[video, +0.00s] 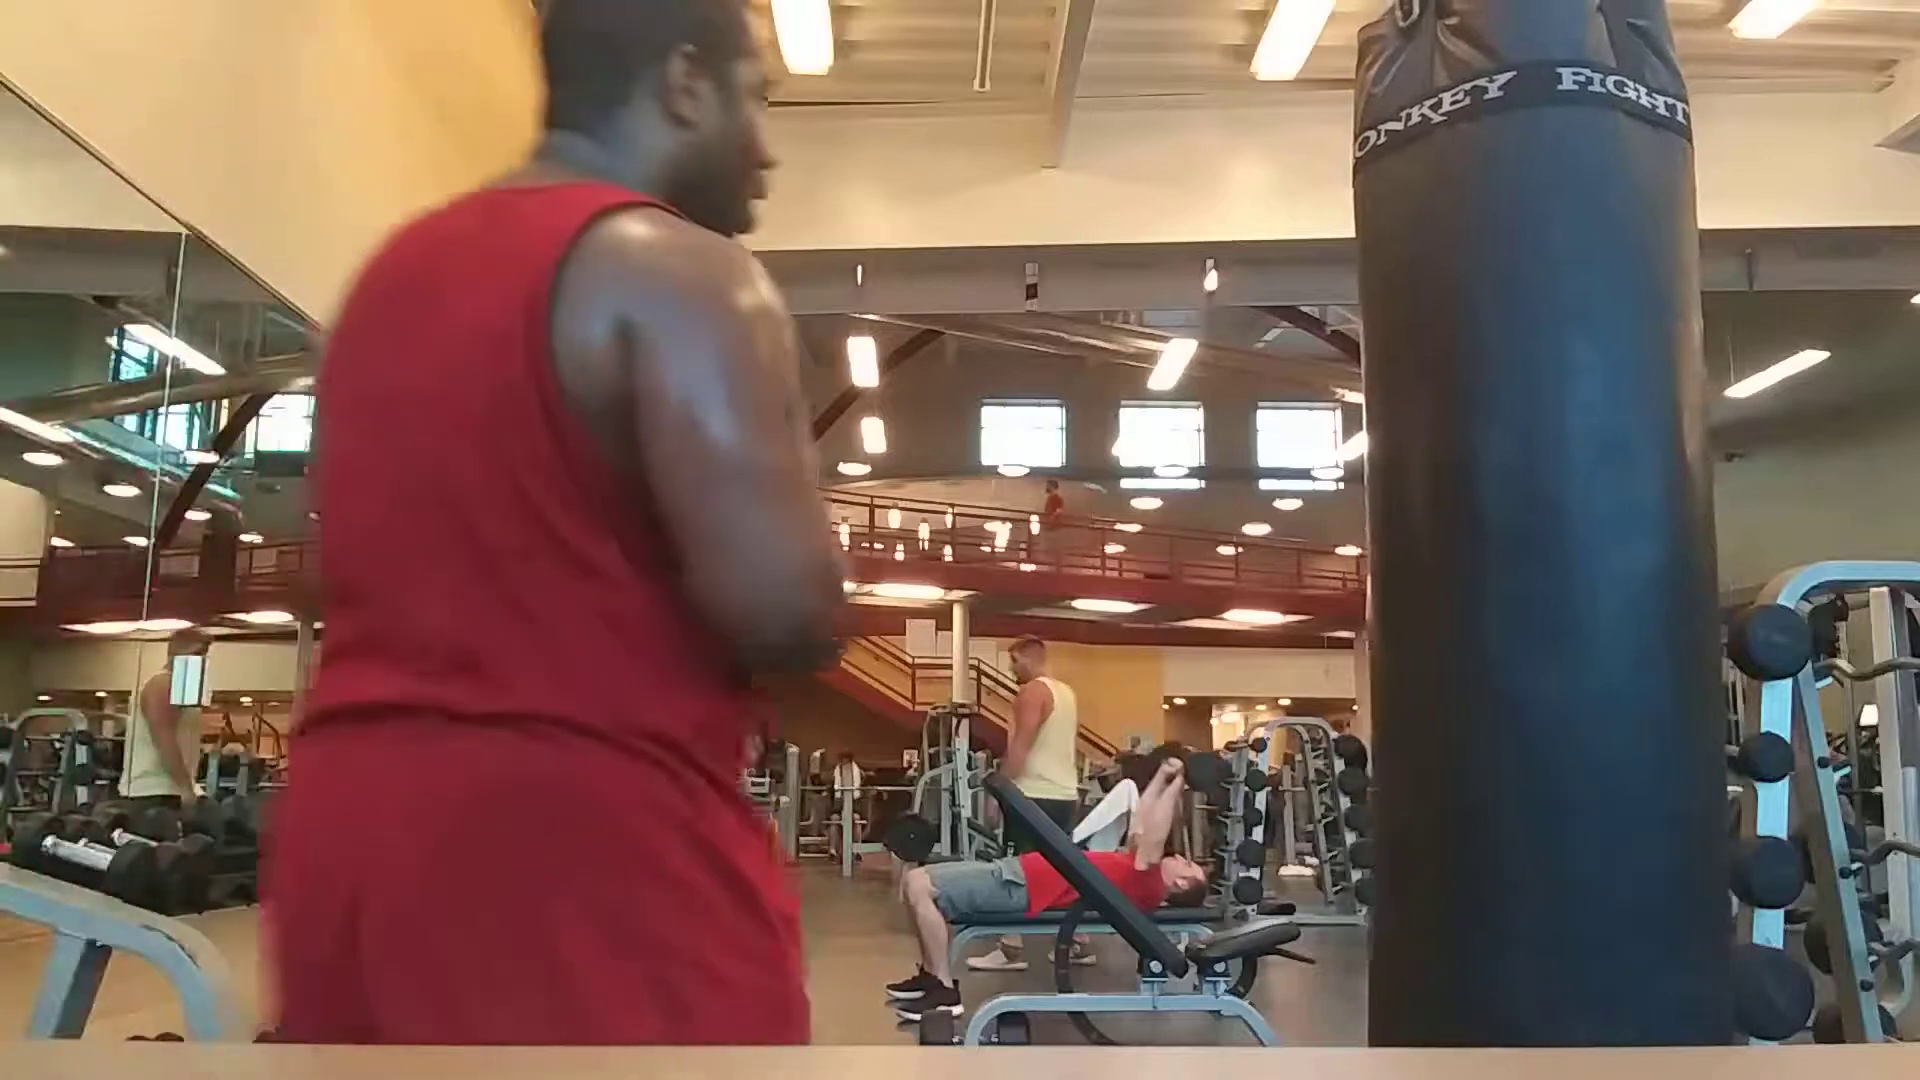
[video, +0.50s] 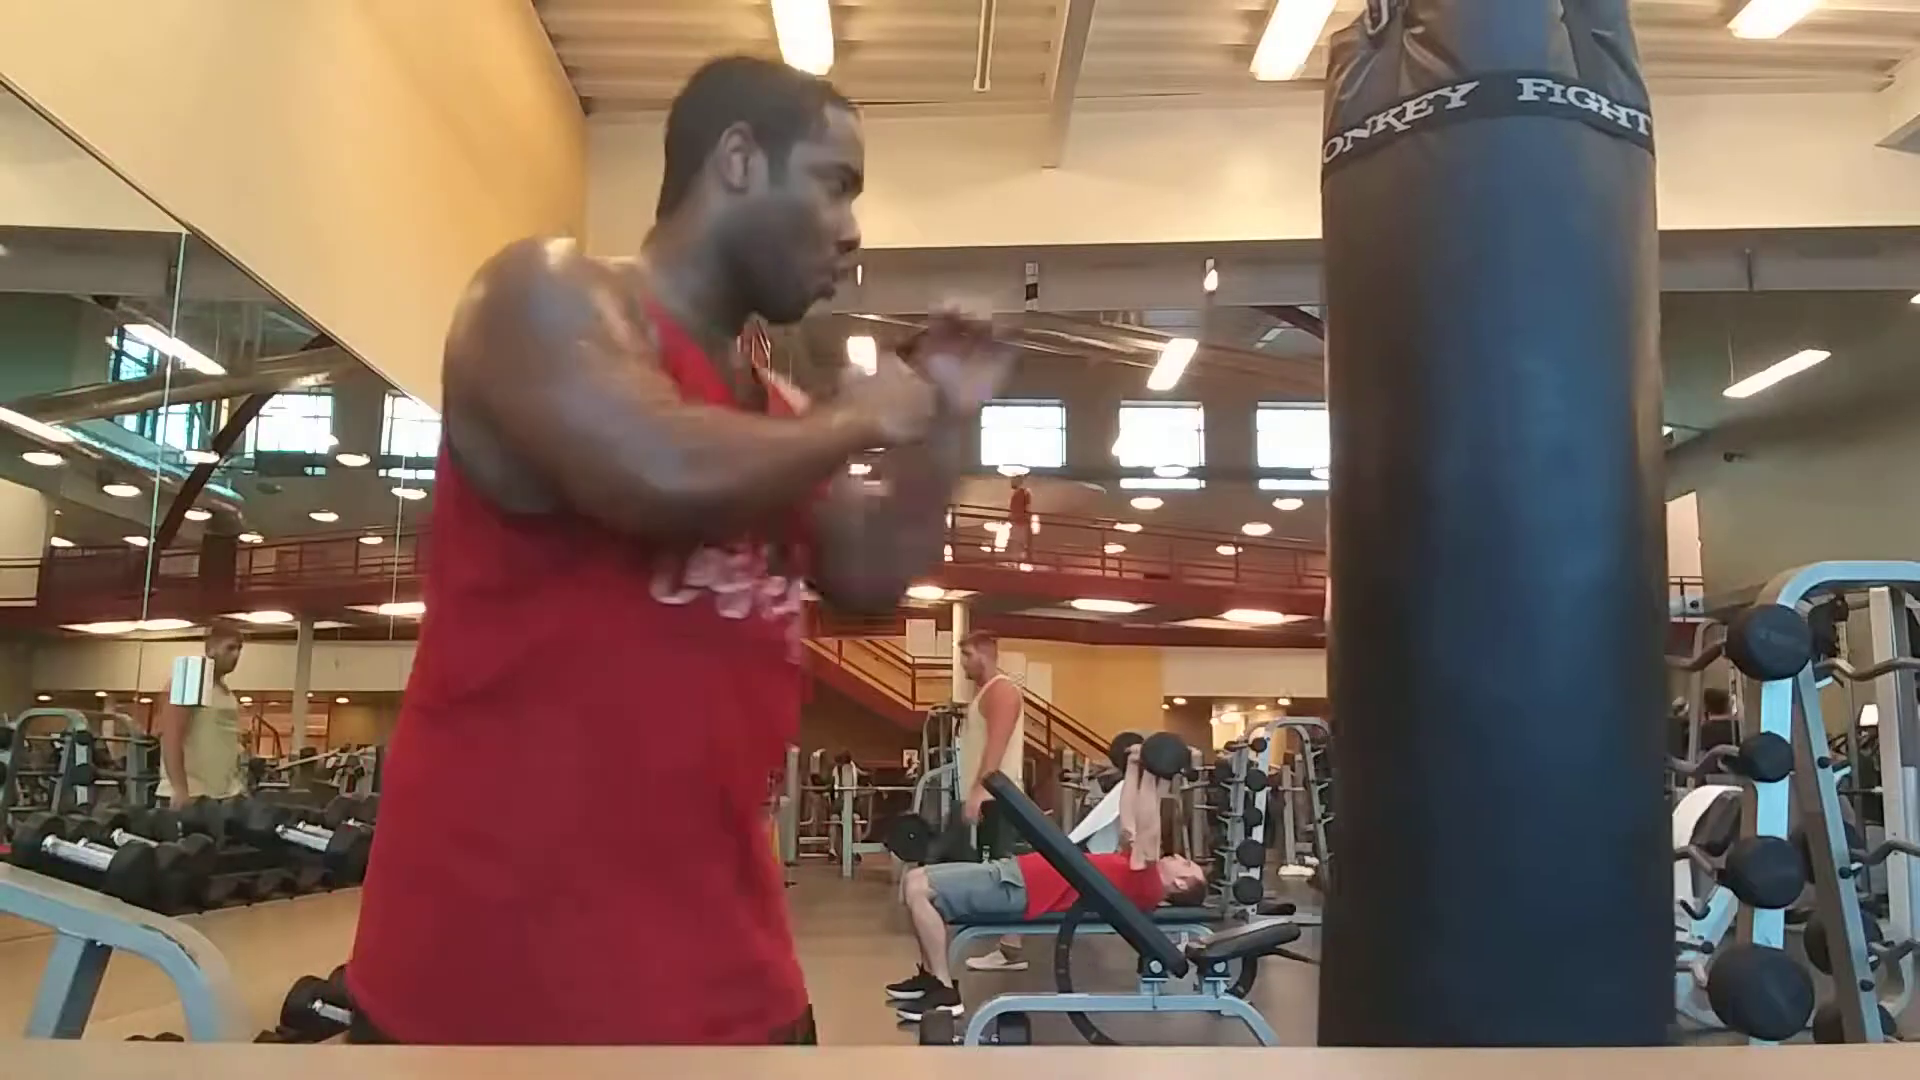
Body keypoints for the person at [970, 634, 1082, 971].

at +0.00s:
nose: (1013, 668)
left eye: (1014, 662)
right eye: (1012, 662)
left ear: (1027, 658)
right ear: (1041, 657)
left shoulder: (1032, 691)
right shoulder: (1066, 692)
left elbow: (1019, 749)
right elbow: (1067, 747)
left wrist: (999, 789)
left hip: (1031, 798)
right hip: (1064, 799)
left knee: (1018, 870)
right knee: (1066, 869)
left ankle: (1010, 945)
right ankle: (1078, 940)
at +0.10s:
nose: (999, 666)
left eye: (1001, 659)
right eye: (999, 659)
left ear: (1017, 656)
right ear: (1027, 656)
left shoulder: (1026, 690)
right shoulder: (1050, 691)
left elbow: (1016, 748)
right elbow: (1039, 747)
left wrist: (993, 791)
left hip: (1024, 797)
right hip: (1051, 797)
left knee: (1015, 870)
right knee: (1055, 869)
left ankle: (1010, 945)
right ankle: (1074, 937)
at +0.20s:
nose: (989, 666)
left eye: (991, 659)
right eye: (988, 659)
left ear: (1007, 656)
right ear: (1016, 656)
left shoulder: (1018, 690)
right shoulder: (1030, 688)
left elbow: (1012, 743)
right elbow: (1019, 742)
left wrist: (992, 789)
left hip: (1017, 795)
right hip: (1034, 794)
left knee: (1011, 868)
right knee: (1045, 866)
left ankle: (1011, 946)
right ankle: (1074, 930)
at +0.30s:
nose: (978, 663)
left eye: (982, 656)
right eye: (978, 657)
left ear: (1000, 656)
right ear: (1003, 656)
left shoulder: (1011, 689)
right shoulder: (1011, 689)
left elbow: (1007, 739)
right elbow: (1007, 741)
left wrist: (989, 785)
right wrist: (989, 784)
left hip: (1012, 793)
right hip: (1013, 793)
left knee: (1009, 866)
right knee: (1009, 866)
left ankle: (1011, 945)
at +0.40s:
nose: (971, 661)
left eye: (975, 655)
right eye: (971, 655)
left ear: (993, 654)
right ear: (990, 655)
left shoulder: (1007, 688)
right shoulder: (993, 691)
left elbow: (1002, 740)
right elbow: (991, 742)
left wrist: (985, 785)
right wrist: (979, 784)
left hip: (1006, 794)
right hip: (996, 794)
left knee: (1007, 865)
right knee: (998, 865)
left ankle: (1010, 944)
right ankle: (1006, 941)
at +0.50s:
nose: (963, 662)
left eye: (967, 655)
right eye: (963, 656)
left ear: (986, 654)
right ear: (977, 655)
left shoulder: (1002, 690)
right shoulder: (985, 693)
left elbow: (997, 744)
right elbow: (984, 744)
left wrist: (979, 789)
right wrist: (972, 789)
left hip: (998, 798)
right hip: (986, 798)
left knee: (1004, 870)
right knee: (993, 870)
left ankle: (1010, 945)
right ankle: (1005, 942)